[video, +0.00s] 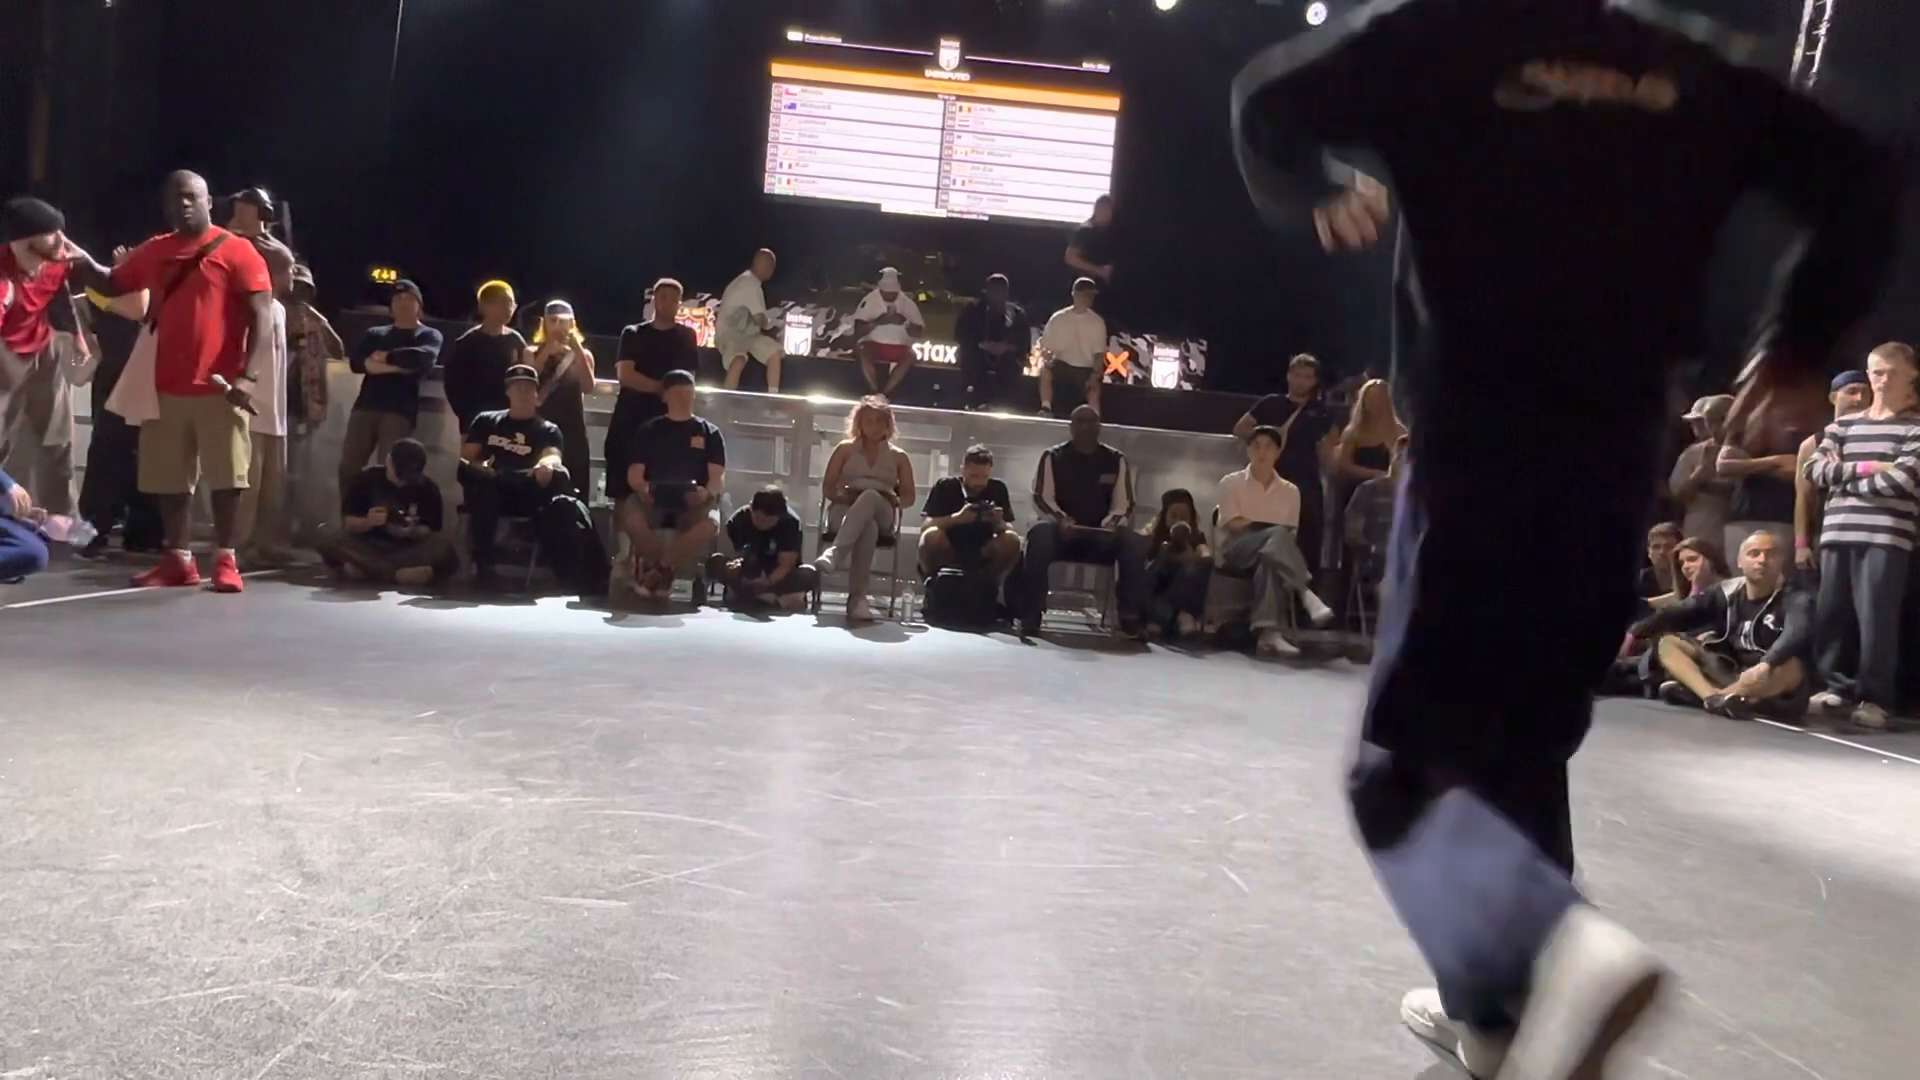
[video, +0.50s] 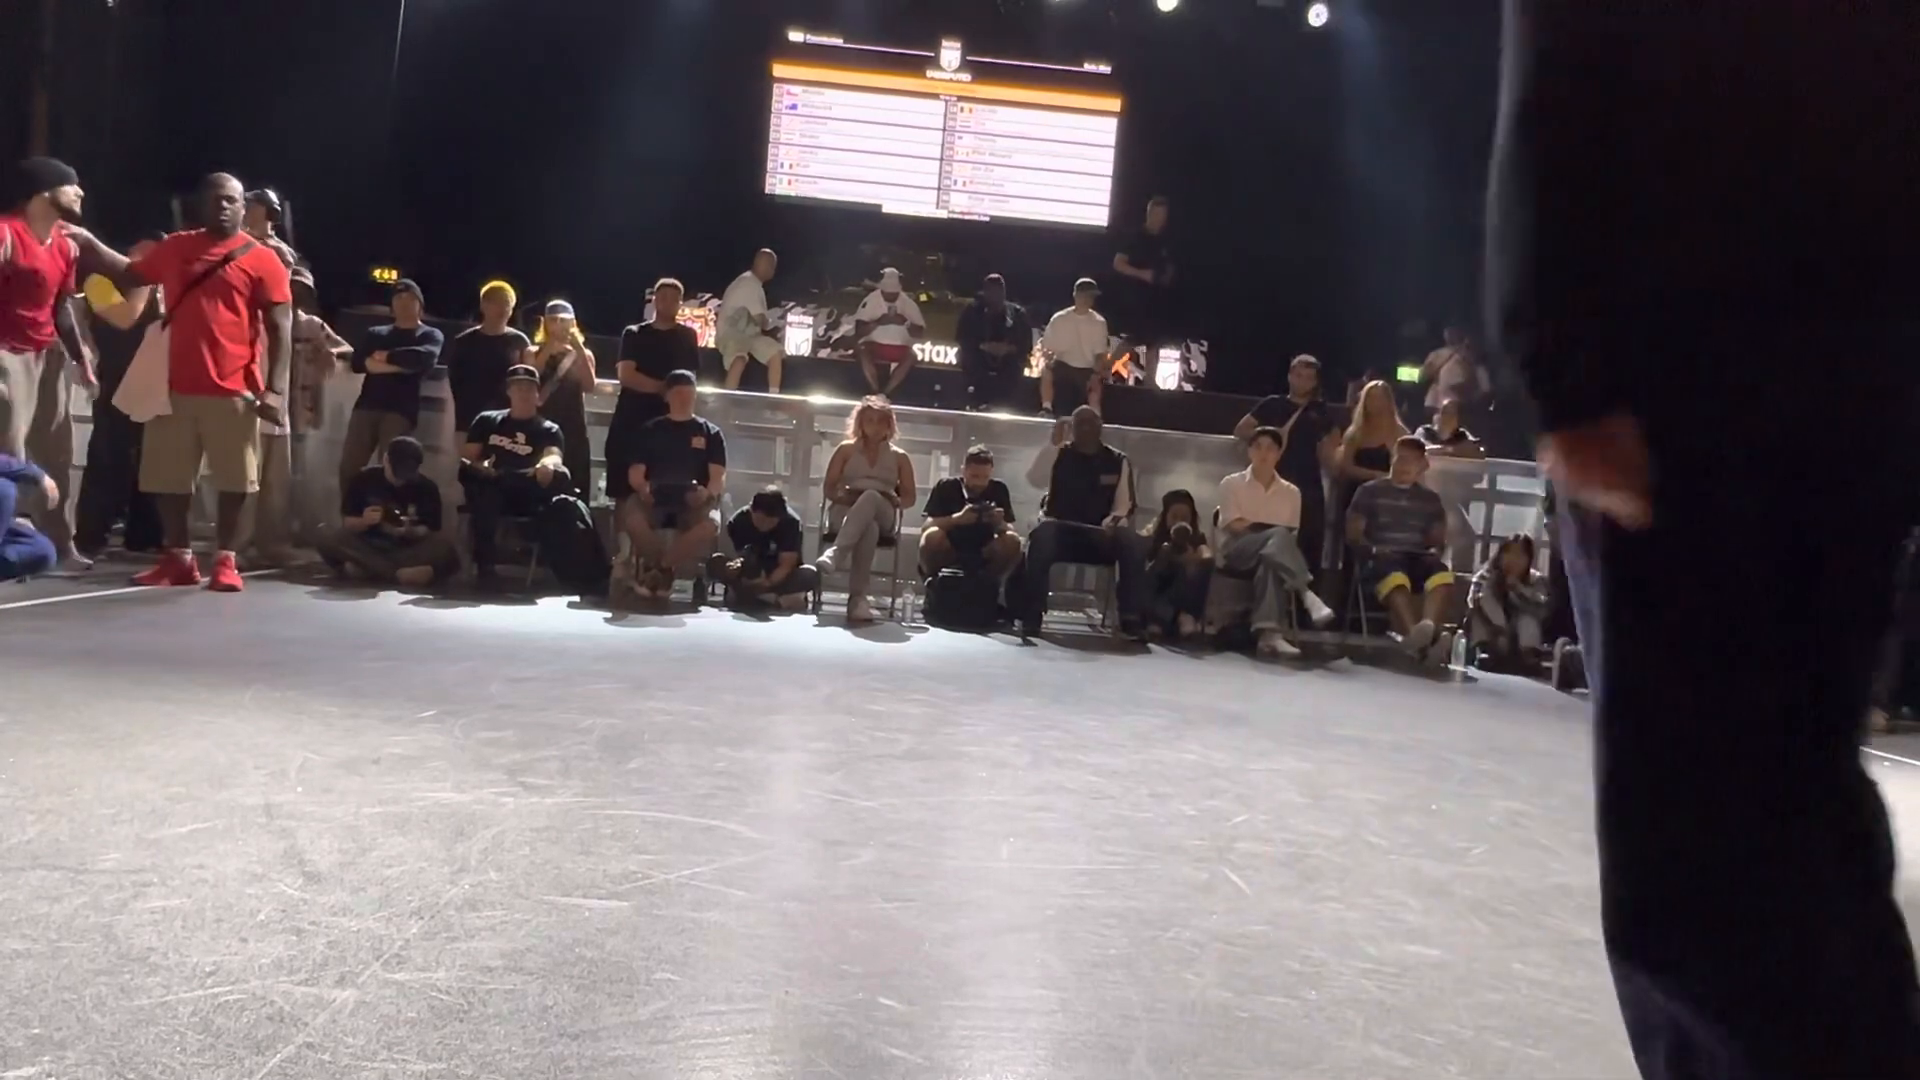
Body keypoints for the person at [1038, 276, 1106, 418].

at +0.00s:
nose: (1086, 298)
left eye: (1089, 295)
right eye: (1082, 294)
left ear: (1093, 297)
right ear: (1074, 295)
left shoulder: (1098, 322)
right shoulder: (1058, 318)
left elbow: (1099, 354)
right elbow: (1045, 344)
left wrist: (1095, 376)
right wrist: (1047, 357)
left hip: (1086, 367)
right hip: (1062, 364)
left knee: (1095, 383)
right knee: (1045, 370)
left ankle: (1094, 418)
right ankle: (1046, 408)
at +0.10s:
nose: (1086, 299)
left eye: (1089, 295)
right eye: (1082, 294)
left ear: (1092, 297)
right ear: (1074, 295)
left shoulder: (1097, 322)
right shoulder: (1058, 318)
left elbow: (1099, 354)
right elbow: (1044, 344)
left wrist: (1094, 376)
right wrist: (1047, 357)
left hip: (1086, 367)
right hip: (1062, 364)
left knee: (1095, 383)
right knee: (1045, 371)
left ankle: (1094, 418)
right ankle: (1046, 408)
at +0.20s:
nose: (1085, 299)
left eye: (1089, 296)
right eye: (1081, 295)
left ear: (1093, 298)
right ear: (1074, 296)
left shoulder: (1098, 322)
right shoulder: (1058, 318)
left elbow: (1100, 354)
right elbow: (1044, 345)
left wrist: (1095, 377)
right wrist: (1047, 356)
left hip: (1086, 367)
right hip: (1062, 365)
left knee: (1095, 384)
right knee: (1046, 371)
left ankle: (1095, 418)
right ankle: (1046, 409)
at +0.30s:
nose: (1087, 300)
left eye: (1090, 297)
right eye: (1083, 296)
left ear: (1094, 299)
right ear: (1075, 296)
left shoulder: (1099, 323)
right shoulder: (1060, 319)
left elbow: (1101, 355)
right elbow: (1045, 345)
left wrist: (1096, 378)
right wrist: (1048, 358)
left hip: (1087, 368)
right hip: (1063, 365)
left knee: (1095, 382)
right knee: (1046, 372)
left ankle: (1095, 418)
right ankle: (1046, 409)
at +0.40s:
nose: (1087, 300)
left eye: (1090, 297)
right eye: (1083, 296)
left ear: (1094, 299)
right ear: (1075, 297)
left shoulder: (1099, 323)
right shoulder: (1060, 319)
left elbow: (1100, 354)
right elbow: (1046, 345)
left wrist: (1096, 376)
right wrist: (1048, 358)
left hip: (1087, 367)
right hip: (1063, 364)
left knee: (1096, 381)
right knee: (1047, 372)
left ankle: (1095, 417)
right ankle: (1047, 409)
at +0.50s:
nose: (1087, 299)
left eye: (1090, 296)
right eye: (1083, 295)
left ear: (1093, 298)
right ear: (1075, 296)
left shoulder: (1099, 322)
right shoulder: (1059, 318)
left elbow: (1101, 354)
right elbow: (1046, 345)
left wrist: (1096, 375)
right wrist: (1048, 358)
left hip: (1088, 366)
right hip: (1063, 364)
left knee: (1096, 382)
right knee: (1047, 371)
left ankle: (1095, 416)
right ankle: (1046, 408)